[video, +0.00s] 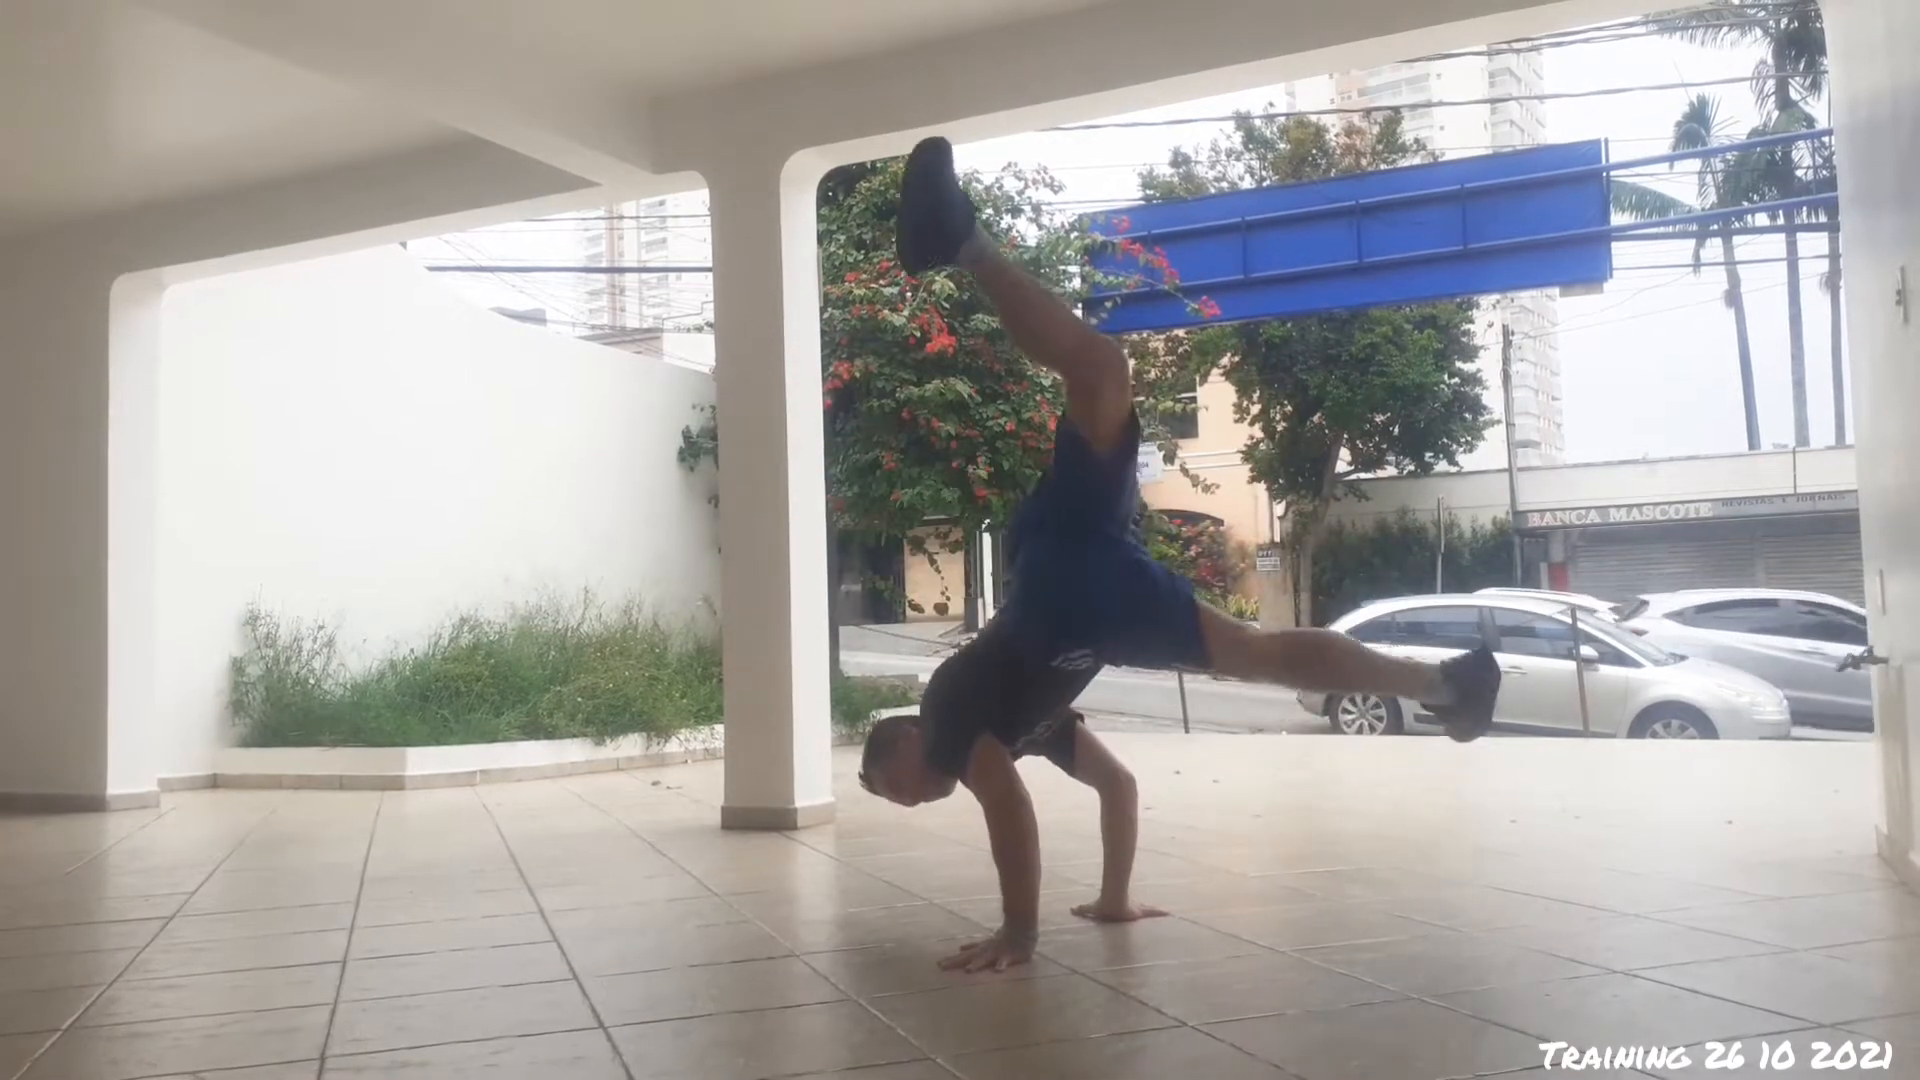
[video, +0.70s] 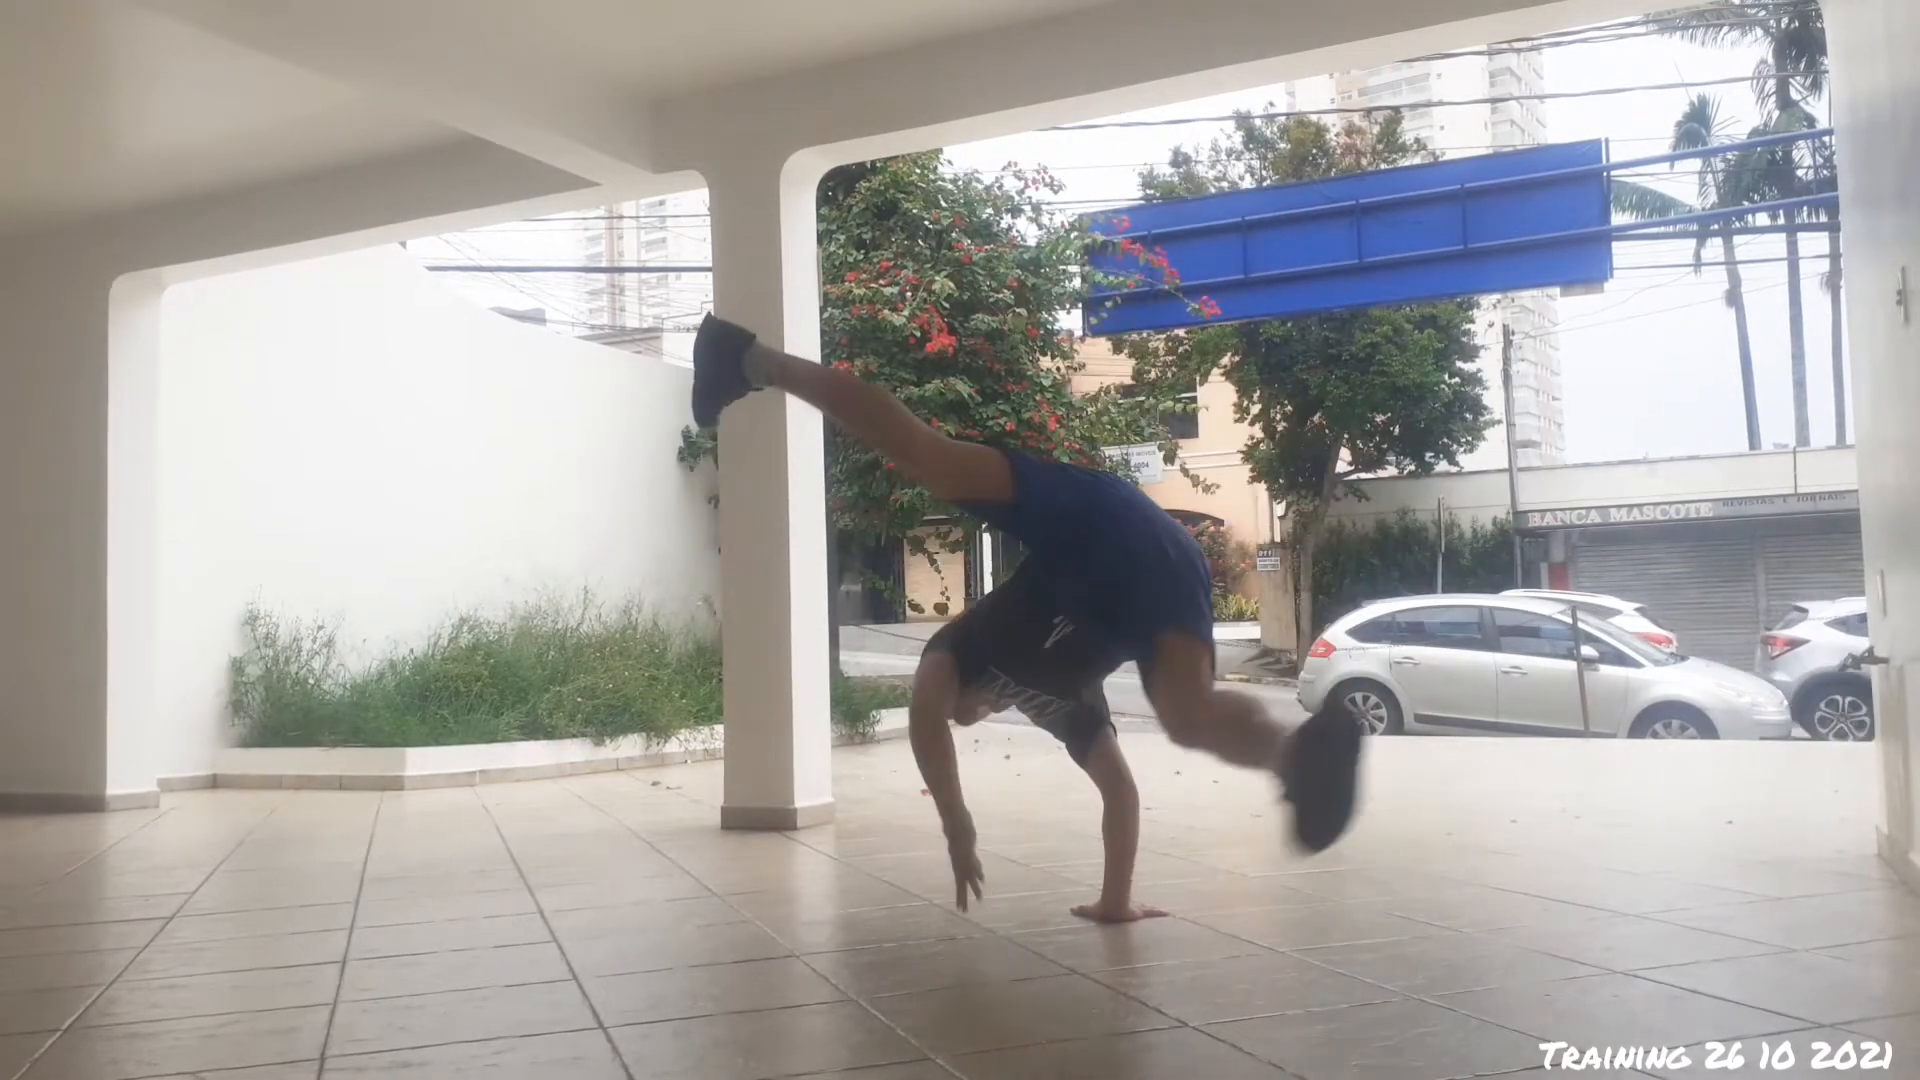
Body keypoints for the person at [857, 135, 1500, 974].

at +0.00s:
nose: (904, 798)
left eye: (891, 788)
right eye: (894, 795)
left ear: (899, 748)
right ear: (924, 757)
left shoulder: (949, 712)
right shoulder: (1032, 722)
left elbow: (1009, 814)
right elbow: (1119, 786)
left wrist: (1015, 934)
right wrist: (1113, 899)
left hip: (1091, 599)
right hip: (1063, 539)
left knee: (1255, 653)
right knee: (1099, 367)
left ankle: (1443, 686)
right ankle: (965, 244)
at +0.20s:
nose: (907, 790)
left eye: (893, 777)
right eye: (895, 784)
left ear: (901, 741)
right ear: (922, 742)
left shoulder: (946, 709)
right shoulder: (1037, 718)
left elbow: (1003, 808)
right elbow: (1120, 787)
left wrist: (1016, 932)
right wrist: (1114, 898)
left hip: (1057, 583)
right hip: (1070, 522)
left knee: (1215, 693)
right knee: (1111, 371)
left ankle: (1404, 798)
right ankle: (1057, 169)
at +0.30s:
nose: (911, 789)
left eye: (899, 774)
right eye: (899, 783)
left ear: (911, 739)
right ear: (927, 738)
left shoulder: (948, 705)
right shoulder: (1044, 721)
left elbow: (1003, 813)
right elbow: (1125, 792)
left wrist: (1015, 934)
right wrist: (1114, 898)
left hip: (1042, 556)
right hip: (1081, 505)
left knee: (1145, 693)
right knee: (1138, 364)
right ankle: (1170, 191)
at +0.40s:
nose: (914, 787)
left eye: (903, 773)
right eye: (905, 781)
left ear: (915, 737)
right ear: (933, 748)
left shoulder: (962, 707)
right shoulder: (1049, 727)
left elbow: (1003, 817)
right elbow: (1132, 789)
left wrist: (1016, 933)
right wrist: (1114, 900)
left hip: (1054, 540)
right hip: (1116, 546)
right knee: (1218, 376)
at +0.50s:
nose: (928, 778)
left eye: (915, 766)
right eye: (922, 773)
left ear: (914, 729)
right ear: (964, 738)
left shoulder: (948, 709)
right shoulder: (1057, 726)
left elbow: (995, 814)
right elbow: (1137, 792)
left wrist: (1012, 941)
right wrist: (1114, 901)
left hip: (1041, 541)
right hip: (1129, 534)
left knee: (928, 529)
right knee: (1276, 470)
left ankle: (794, 517)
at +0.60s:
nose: (947, 761)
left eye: (935, 748)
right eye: (941, 751)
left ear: (939, 711)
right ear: (999, 703)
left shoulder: (957, 697)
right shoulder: (1068, 718)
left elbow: (978, 817)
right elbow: (1131, 790)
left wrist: (1005, 928)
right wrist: (1112, 896)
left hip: (1036, 510)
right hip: (1131, 545)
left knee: (902, 484)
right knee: (1307, 589)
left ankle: (737, 377)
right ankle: (1506, 547)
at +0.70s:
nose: (964, 719)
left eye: (959, 710)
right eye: (967, 715)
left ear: (961, 666)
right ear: (1009, 690)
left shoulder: (955, 649)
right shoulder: (1065, 696)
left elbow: (930, 734)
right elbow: (1121, 797)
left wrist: (960, 840)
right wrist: (1117, 903)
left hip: (1098, 506)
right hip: (1174, 570)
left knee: (921, 452)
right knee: (1192, 712)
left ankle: (752, 362)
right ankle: (1298, 748)